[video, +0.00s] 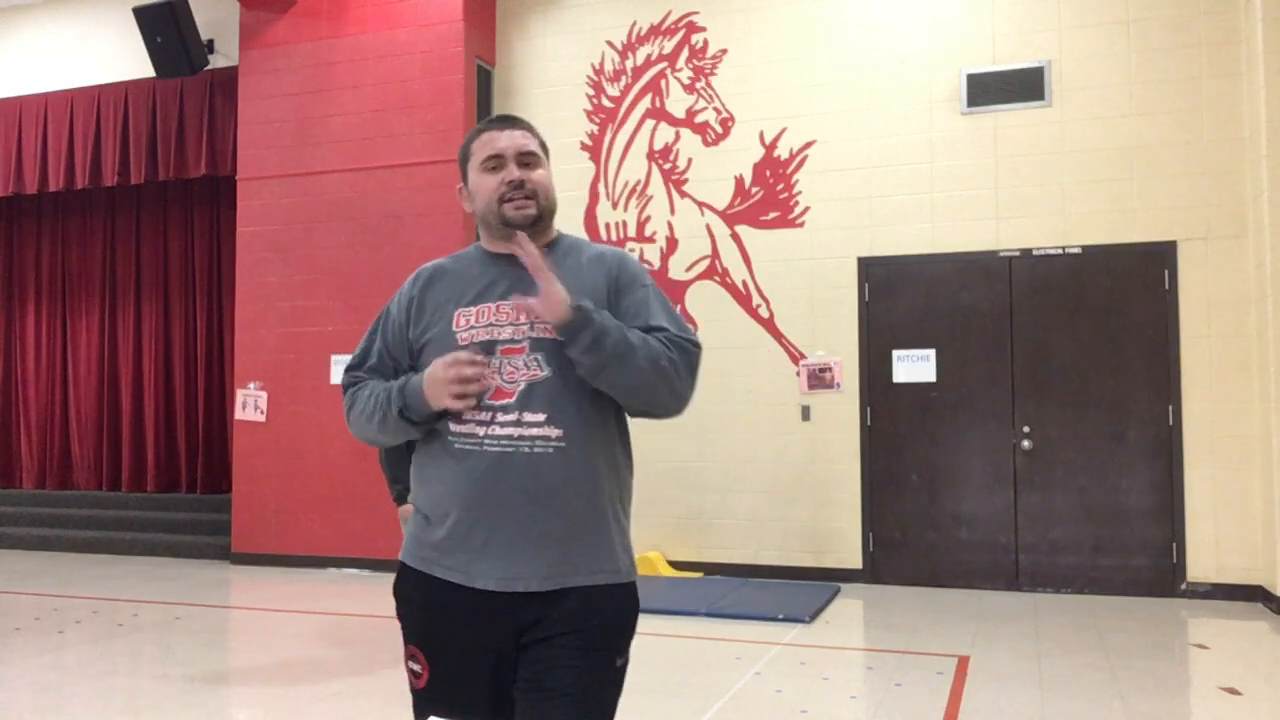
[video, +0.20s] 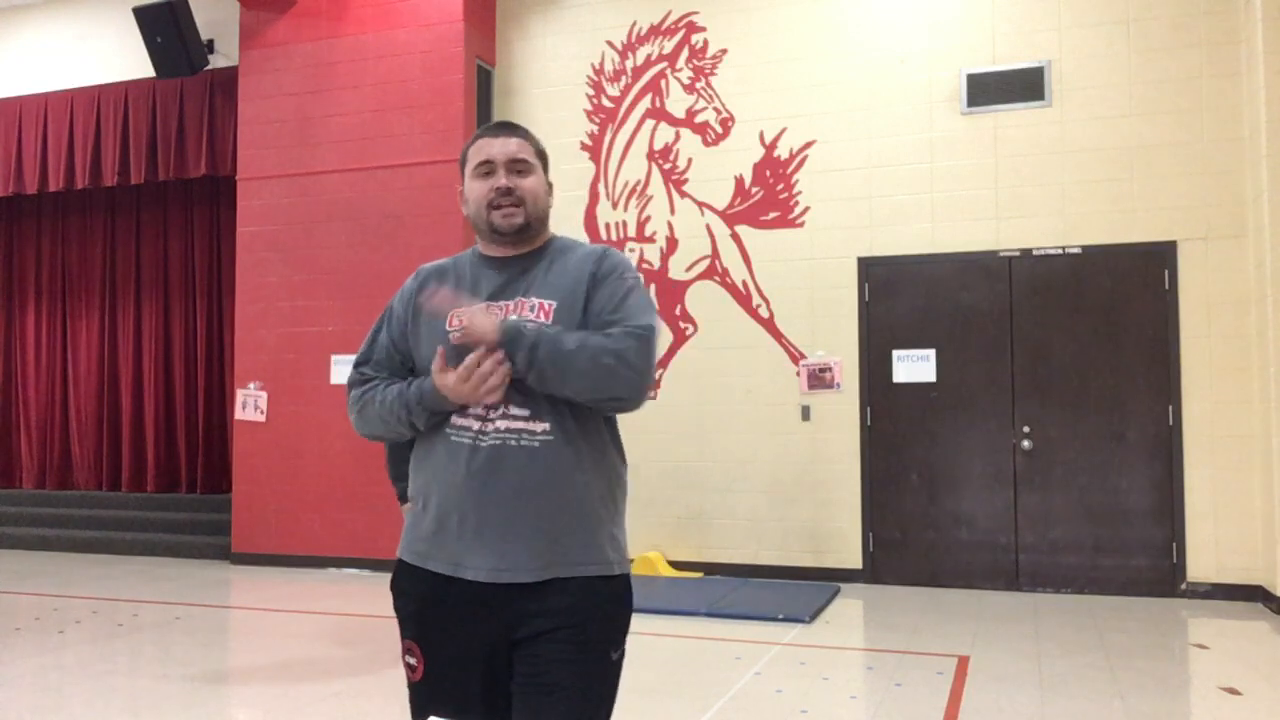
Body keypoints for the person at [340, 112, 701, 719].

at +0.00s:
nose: (516, 175)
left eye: (529, 161)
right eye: (494, 165)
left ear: (553, 181)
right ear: (465, 195)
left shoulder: (613, 273)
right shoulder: (427, 287)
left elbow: (671, 383)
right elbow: (360, 404)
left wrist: (576, 324)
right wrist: (419, 393)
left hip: (583, 581)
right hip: (449, 582)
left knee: (568, 711)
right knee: (456, 713)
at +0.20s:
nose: (503, 182)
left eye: (520, 169)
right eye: (485, 171)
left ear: (548, 186)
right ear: (463, 195)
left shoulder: (601, 271)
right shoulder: (424, 289)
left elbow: (629, 372)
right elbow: (366, 403)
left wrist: (510, 335)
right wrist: (437, 394)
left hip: (573, 573)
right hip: (442, 574)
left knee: (562, 711)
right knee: (450, 714)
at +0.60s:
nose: (507, 182)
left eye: (523, 171)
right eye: (489, 172)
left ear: (548, 193)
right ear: (462, 198)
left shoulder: (596, 274)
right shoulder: (419, 294)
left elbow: (618, 377)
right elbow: (361, 407)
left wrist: (484, 371)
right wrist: (420, 404)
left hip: (573, 576)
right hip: (441, 578)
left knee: (562, 711)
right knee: (448, 714)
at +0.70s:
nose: (511, 182)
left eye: (526, 172)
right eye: (493, 171)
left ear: (549, 193)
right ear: (463, 196)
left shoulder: (597, 276)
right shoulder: (418, 293)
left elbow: (624, 378)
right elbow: (356, 403)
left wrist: (492, 374)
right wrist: (424, 400)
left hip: (575, 576)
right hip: (444, 578)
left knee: (564, 711)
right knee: (449, 714)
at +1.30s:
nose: (545, 183)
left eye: (554, 173)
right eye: (525, 169)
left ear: (565, 190)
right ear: (479, 189)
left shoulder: (611, 275)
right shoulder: (422, 284)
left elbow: (726, 296)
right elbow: (315, 355)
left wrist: (642, 297)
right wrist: (392, 370)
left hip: (581, 581)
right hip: (449, 580)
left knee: (572, 711)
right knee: (456, 711)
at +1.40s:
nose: (545, 182)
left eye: (556, 172)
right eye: (524, 168)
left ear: (569, 191)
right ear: (481, 188)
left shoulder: (614, 279)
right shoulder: (425, 283)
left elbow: (717, 331)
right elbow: (331, 370)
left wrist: (639, 296)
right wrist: (396, 368)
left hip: (583, 583)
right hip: (452, 582)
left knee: (575, 710)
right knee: (458, 713)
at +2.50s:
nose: (585, 142)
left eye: (608, 130)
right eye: (567, 128)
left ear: (638, 166)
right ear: (537, 156)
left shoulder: (682, 274)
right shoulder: (469, 256)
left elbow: (720, 410)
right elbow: (383, 373)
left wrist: (766, 400)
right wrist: (438, 415)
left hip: (646, 606)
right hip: (495, 604)